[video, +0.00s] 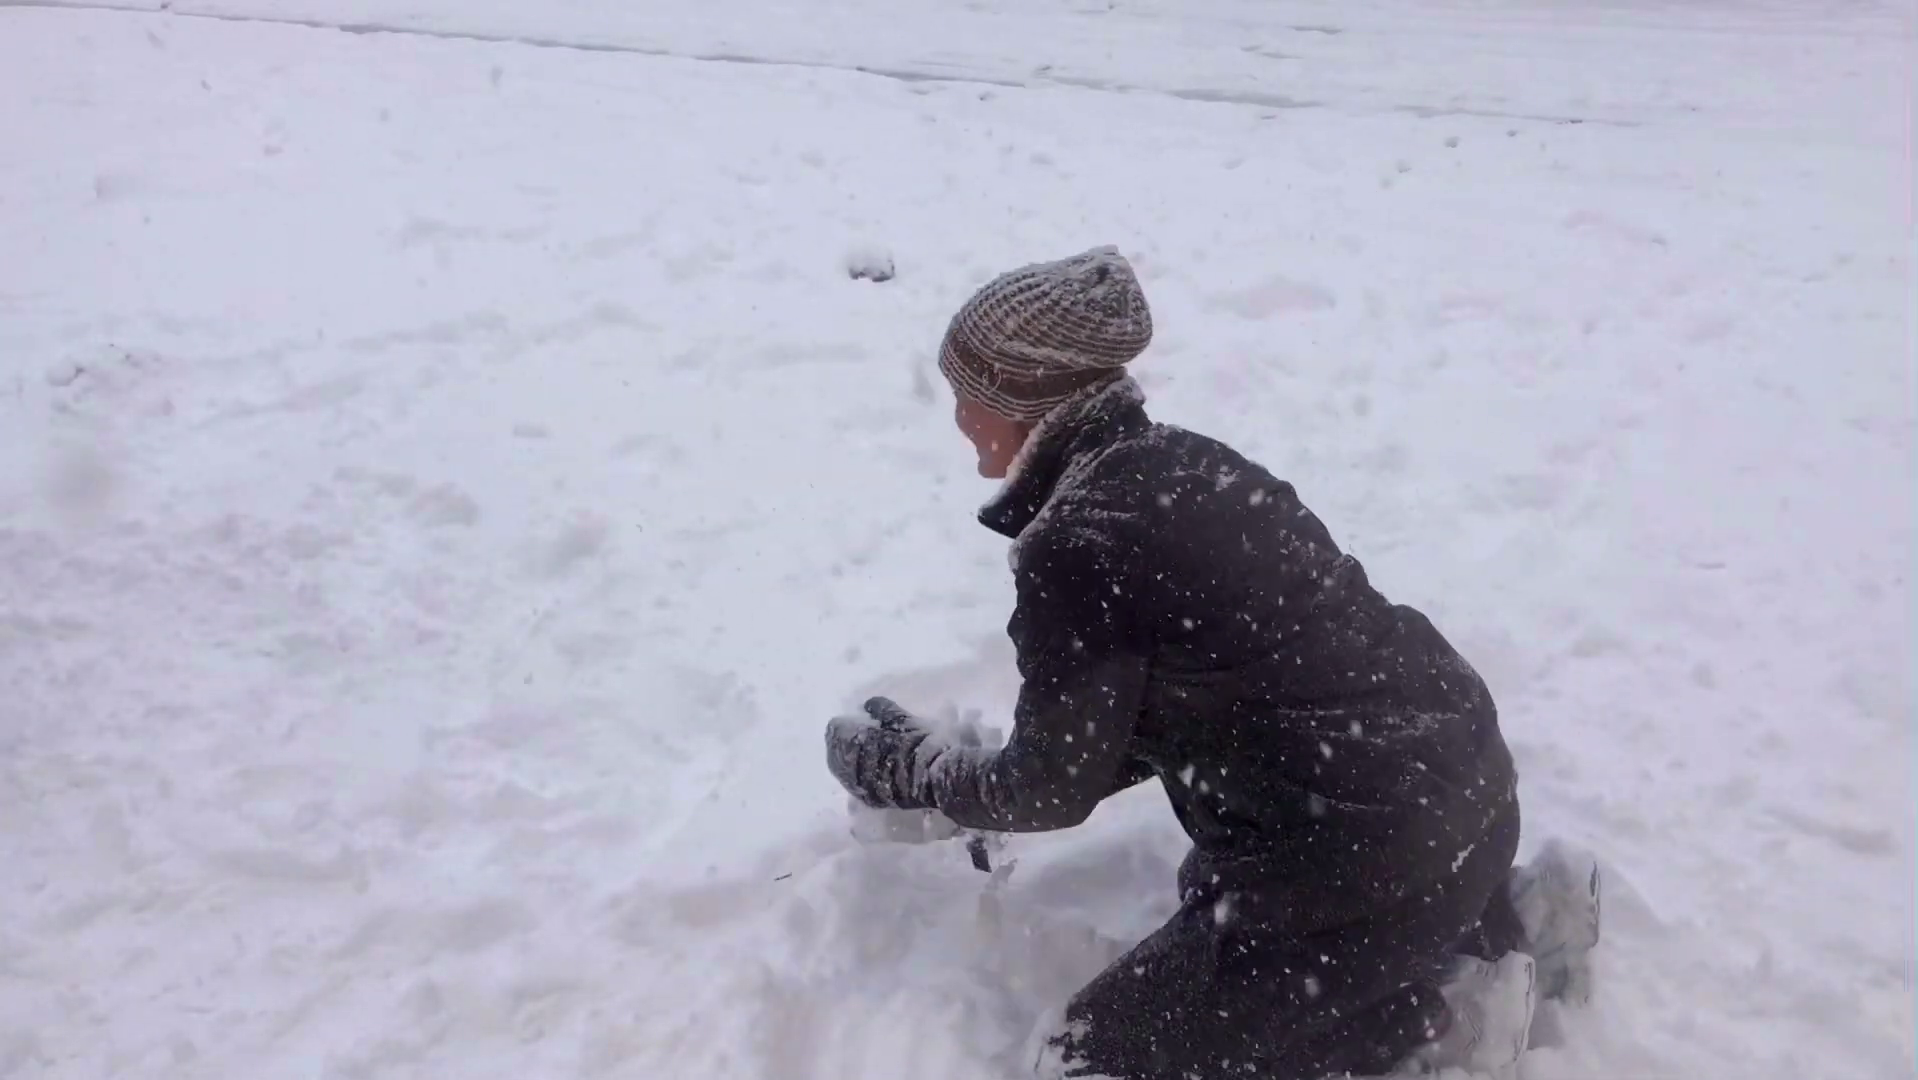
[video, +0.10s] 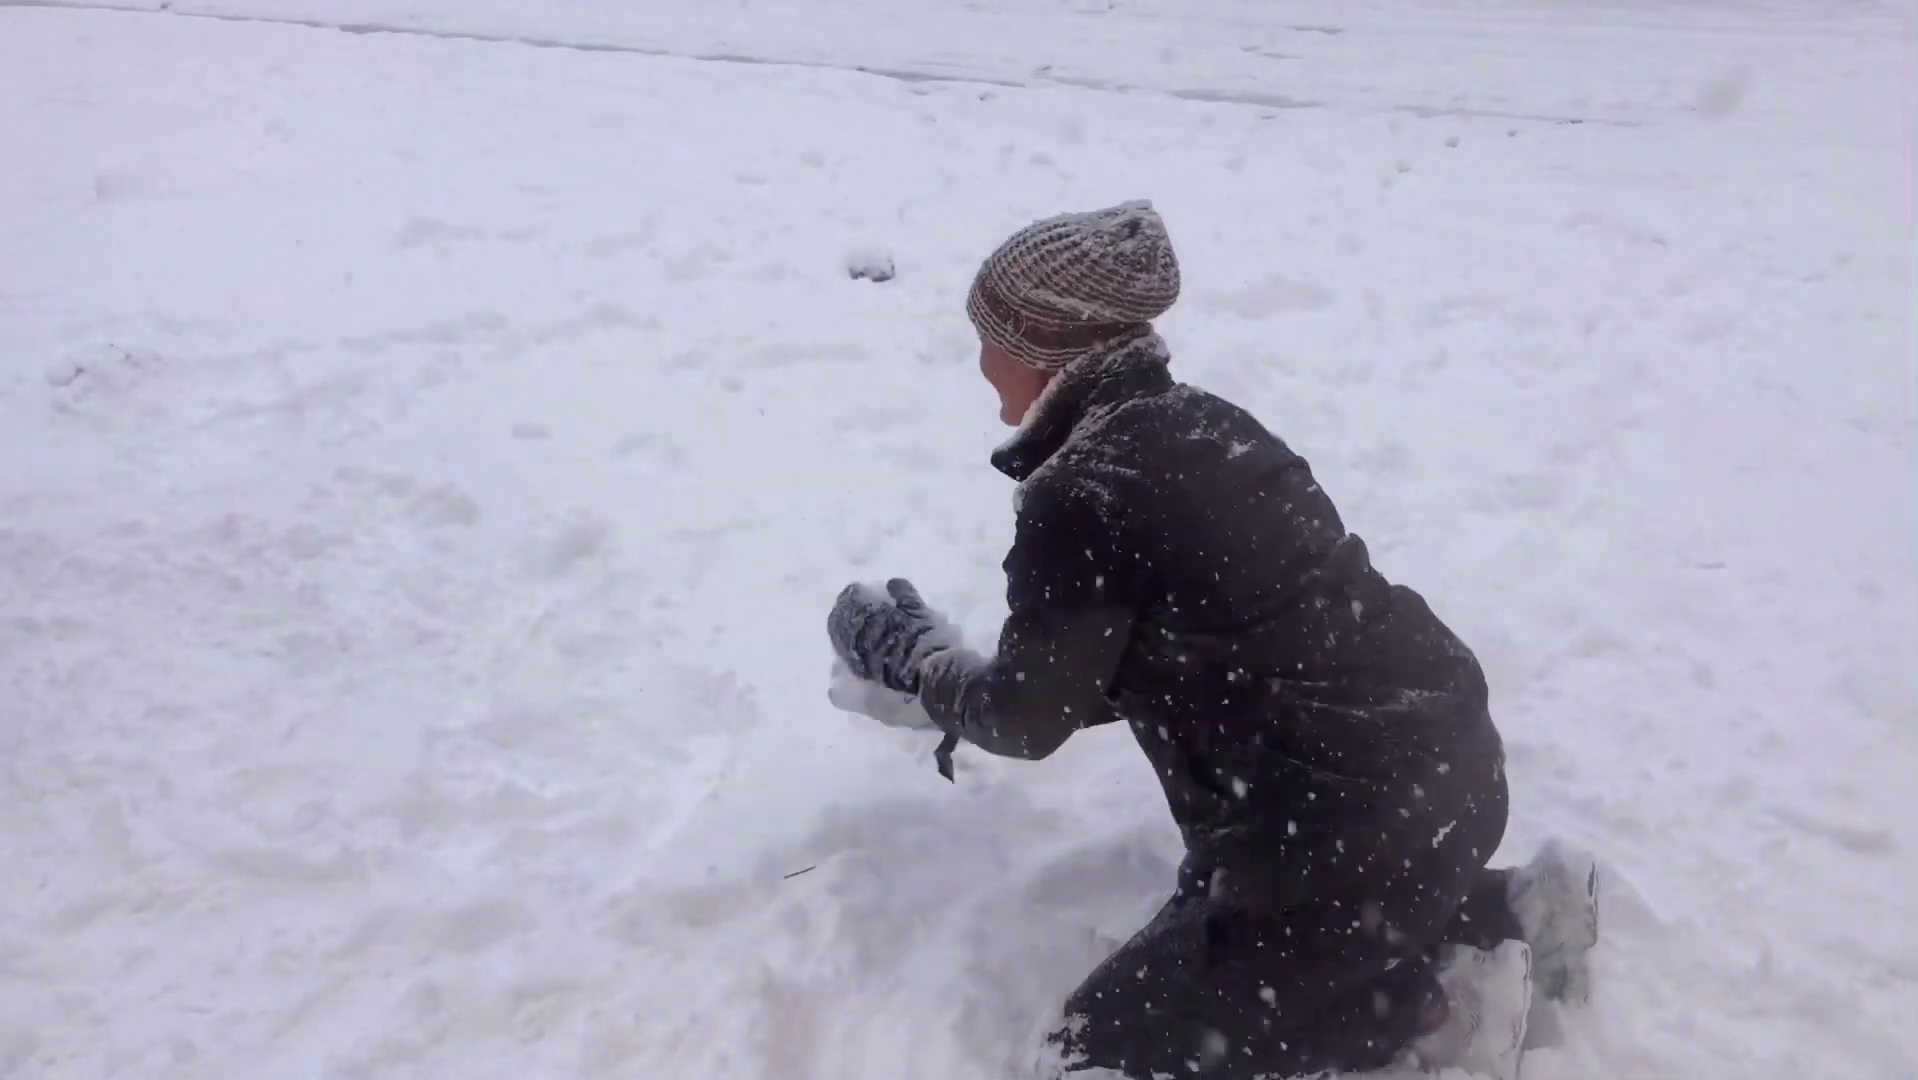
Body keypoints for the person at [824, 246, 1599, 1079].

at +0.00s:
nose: (960, 428)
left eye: (966, 405)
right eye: (958, 403)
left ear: (1023, 410)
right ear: (1089, 389)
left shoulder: (1073, 550)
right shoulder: (1192, 464)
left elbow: (1061, 781)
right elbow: (1164, 718)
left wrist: (920, 777)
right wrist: (986, 789)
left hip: (1355, 872)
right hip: (1470, 784)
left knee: (1096, 1052)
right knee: (1221, 869)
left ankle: (1432, 1009)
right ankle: (1501, 922)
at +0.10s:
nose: (984, 373)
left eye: (992, 347)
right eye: (983, 348)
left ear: (1051, 350)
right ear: (1109, 339)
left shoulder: (1076, 495)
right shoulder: (1212, 426)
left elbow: (1028, 713)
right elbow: (1166, 658)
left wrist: (922, 671)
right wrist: (972, 693)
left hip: (1334, 855)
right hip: (1456, 776)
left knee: (1100, 1044)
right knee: (1218, 904)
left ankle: (1428, 1010)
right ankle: (1506, 914)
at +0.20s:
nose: (1014, 309)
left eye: (1023, 285)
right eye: (1016, 285)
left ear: (1074, 296)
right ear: (1140, 290)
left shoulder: (1090, 435)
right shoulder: (1232, 385)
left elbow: (999, 642)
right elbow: (1143, 615)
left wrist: (927, 564)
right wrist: (958, 607)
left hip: (1322, 829)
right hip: (1443, 766)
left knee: (1098, 1044)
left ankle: (1434, 1010)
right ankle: (1512, 920)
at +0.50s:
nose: (1109, 195)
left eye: (1122, 172)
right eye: (1114, 170)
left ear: (1174, 183)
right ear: (1231, 184)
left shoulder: (1132, 320)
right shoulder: (1309, 310)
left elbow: (1004, 494)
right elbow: (1171, 501)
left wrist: (967, 405)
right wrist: (1040, 455)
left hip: (1256, 773)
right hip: (1383, 729)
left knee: (1079, 1048)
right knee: (1255, 870)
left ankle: (1419, 993)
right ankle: (1502, 885)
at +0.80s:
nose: (1170, 234)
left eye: (1184, 210)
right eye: (1177, 207)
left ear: (1232, 228)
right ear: (1305, 232)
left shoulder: (1162, 365)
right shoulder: (1368, 363)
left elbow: (1053, 571)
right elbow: (1294, 528)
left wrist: (1022, 498)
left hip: (1267, 827)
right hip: (1418, 799)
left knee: (1048, 1047)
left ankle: (1370, 1047)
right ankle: (1489, 921)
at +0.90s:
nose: (1191, 265)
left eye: (1205, 243)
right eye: (1199, 240)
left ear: (1255, 259)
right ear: (1335, 264)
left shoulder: (1182, 404)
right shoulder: (1409, 399)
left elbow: (1081, 617)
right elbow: (1370, 560)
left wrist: (1096, 537)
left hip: (1290, 864)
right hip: (1442, 830)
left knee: (1042, 1051)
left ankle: (1351, 1054)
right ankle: (1478, 943)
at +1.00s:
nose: (1225, 302)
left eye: (1237, 282)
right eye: (1232, 278)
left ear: (1284, 303)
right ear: (1362, 302)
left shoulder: (1203, 453)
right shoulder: (1449, 433)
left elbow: (1109, 664)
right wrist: (1516, 321)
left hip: (1297, 920)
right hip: (1465, 894)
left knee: (1033, 1050)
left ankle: (1338, 1055)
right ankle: (1475, 967)